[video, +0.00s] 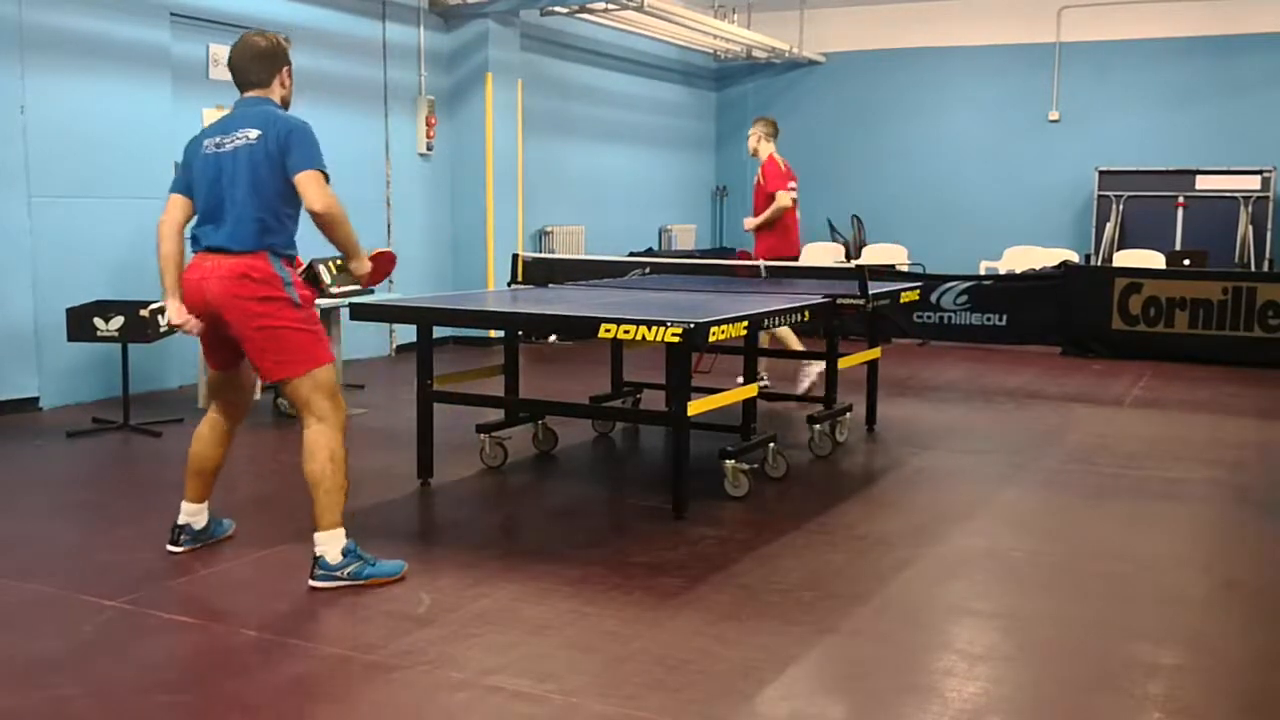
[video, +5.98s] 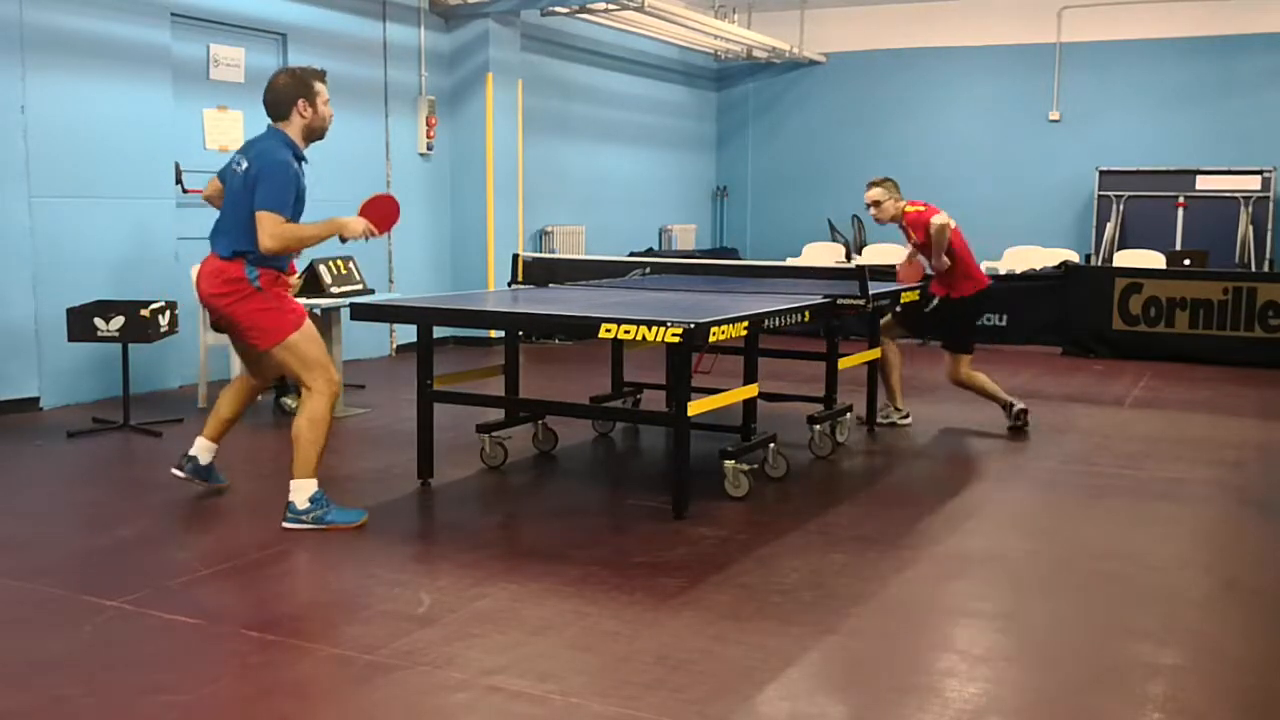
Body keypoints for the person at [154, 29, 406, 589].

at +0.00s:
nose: (293, 85)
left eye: (289, 77)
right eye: (292, 77)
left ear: (237, 82)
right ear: (282, 78)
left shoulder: (201, 140)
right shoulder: (289, 127)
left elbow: (171, 223)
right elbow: (319, 204)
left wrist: (173, 296)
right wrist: (356, 258)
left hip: (200, 280)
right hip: (258, 278)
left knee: (228, 402)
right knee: (324, 409)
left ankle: (190, 522)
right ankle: (332, 554)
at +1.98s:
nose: (335, 82)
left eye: (335, 73)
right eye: (336, 73)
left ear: (282, 68)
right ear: (324, 72)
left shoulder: (234, 114)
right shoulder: (309, 126)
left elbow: (194, 184)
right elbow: (319, 212)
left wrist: (244, 212)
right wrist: (354, 230)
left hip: (224, 262)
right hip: (281, 265)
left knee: (242, 385)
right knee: (307, 393)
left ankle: (185, 500)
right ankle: (328, 525)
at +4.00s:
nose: (340, 203)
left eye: (339, 194)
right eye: (336, 195)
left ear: (293, 196)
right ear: (315, 200)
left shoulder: (255, 220)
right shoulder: (285, 234)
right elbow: (289, 324)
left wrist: (290, 314)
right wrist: (331, 295)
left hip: (157, 321)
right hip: (188, 327)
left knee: (222, 379)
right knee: (306, 396)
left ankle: (190, 482)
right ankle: (298, 525)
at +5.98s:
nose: (331, 111)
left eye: (329, 103)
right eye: (325, 103)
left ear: (291, 109)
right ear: (303, 109)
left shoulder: (256, 146)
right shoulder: (280, 158)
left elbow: (214, 192)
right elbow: (272, 238)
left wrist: (263, 225)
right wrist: (338, 225)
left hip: (221, 278)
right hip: (247, 282)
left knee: (261, 373)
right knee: (323, 381)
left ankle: (198, 458)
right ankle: (304, 501)